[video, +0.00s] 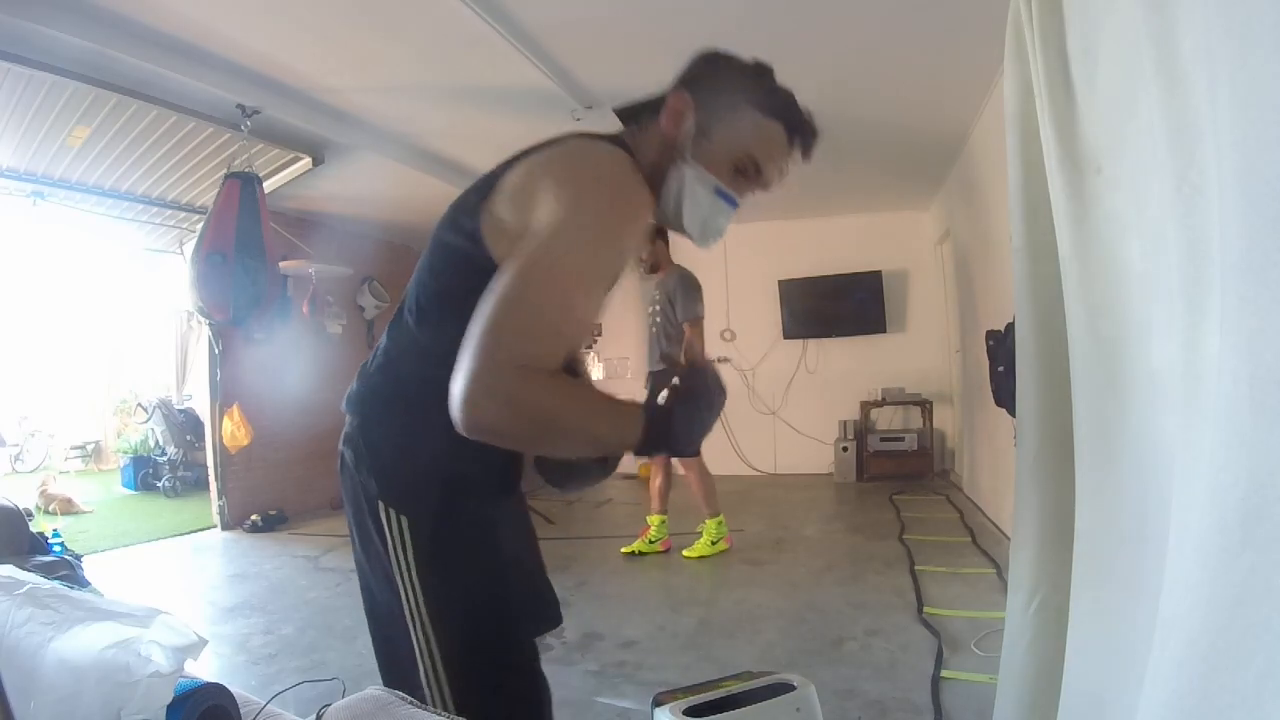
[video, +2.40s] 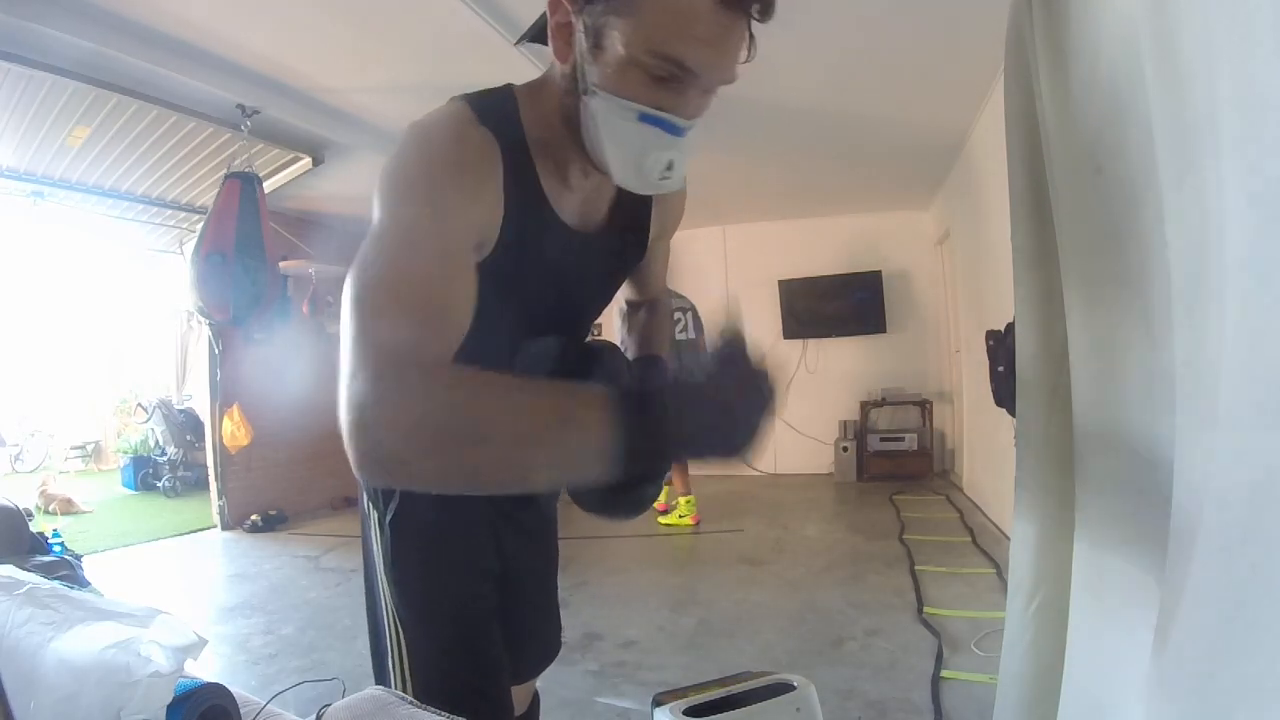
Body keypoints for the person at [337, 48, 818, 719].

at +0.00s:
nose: (741, 199)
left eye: (756, 187)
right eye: (742, 169)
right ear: (679, 117)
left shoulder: (612, 187)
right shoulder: (600, 186)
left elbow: (548, 351)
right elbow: (488, 397)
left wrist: (579, 441)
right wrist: (656, 425)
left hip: (467, 457)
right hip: (420, 461)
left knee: (509, 677)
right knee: (485, 703)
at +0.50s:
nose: (679, 116)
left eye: (707, 107)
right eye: (666, 76)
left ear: (719, 120)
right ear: (608, 54)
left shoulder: (622, 195)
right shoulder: (506, 158)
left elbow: (583, 300)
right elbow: (433, 398)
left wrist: (603, 405)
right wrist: (636, 395)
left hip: (504, 434)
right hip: (421, 444)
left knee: (531, 636)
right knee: (480, 695)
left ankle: (521, 708)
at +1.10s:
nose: (622, 102)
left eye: (667, 80)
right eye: (600, 53)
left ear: (707, 84)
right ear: (553, 34)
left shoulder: (656, 194)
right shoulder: (453, 171)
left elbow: (640, 302)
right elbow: (368, 421)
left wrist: (641, 385)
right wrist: (547, 472)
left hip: (535, 456)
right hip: (431, 469)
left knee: (529, 678)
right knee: (472, 703)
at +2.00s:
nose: (672, 105)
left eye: (707, 78)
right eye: (646, 58)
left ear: (728, 73)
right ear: (560, 28)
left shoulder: (669, 187)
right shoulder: (442, 165)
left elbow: (659, 300)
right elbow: (367, 405)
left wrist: (660, 407)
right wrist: (435, 437)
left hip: (545, 458)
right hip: (434, 471)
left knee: (527, 683)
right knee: (468, 704)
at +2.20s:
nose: (713, 120)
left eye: (736, 87)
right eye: (689, 77)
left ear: (751, 73)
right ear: (584, 40)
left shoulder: (664, 188)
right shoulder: (446, 161)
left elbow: (653, 301)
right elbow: (391, 453)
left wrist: (654, 415)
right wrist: (454, 359)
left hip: (537, 450)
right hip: (431, 459)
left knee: (522, 688)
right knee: (469, 705)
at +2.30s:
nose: (703, 120)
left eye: (728, 89)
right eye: (681, 79)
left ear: (747, 71)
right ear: (577, 38)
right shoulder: (449, 160)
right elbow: (384, 444)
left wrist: (625, 456)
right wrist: (551, 368)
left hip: (533, 473)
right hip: (431, 483)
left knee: (519, 686)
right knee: (464, 704)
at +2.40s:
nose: (687, 115)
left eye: (716, 85)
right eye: (662, 73)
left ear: (738, 63)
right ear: (566, 32)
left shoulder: (656, 183)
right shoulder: (450, 154)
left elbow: (646, 303)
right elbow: (389, 428)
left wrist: (652, 400)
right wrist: (653, 425)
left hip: (528, 450)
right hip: (429, 460)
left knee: (519, 680)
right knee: (461, 701)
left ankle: (517, 705)